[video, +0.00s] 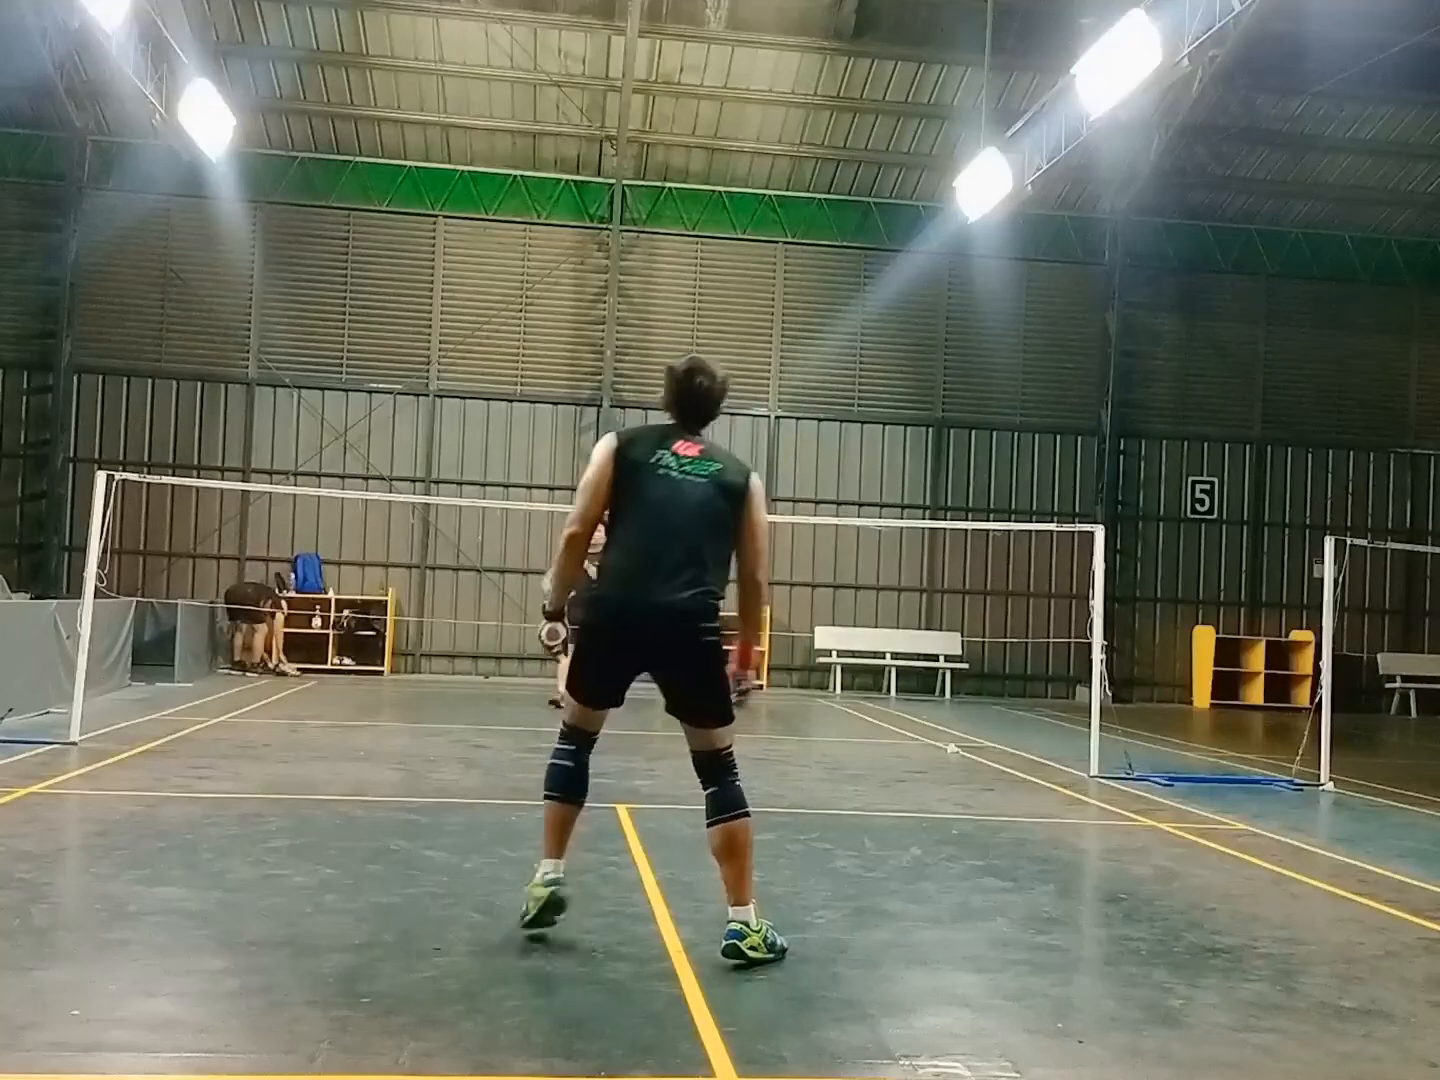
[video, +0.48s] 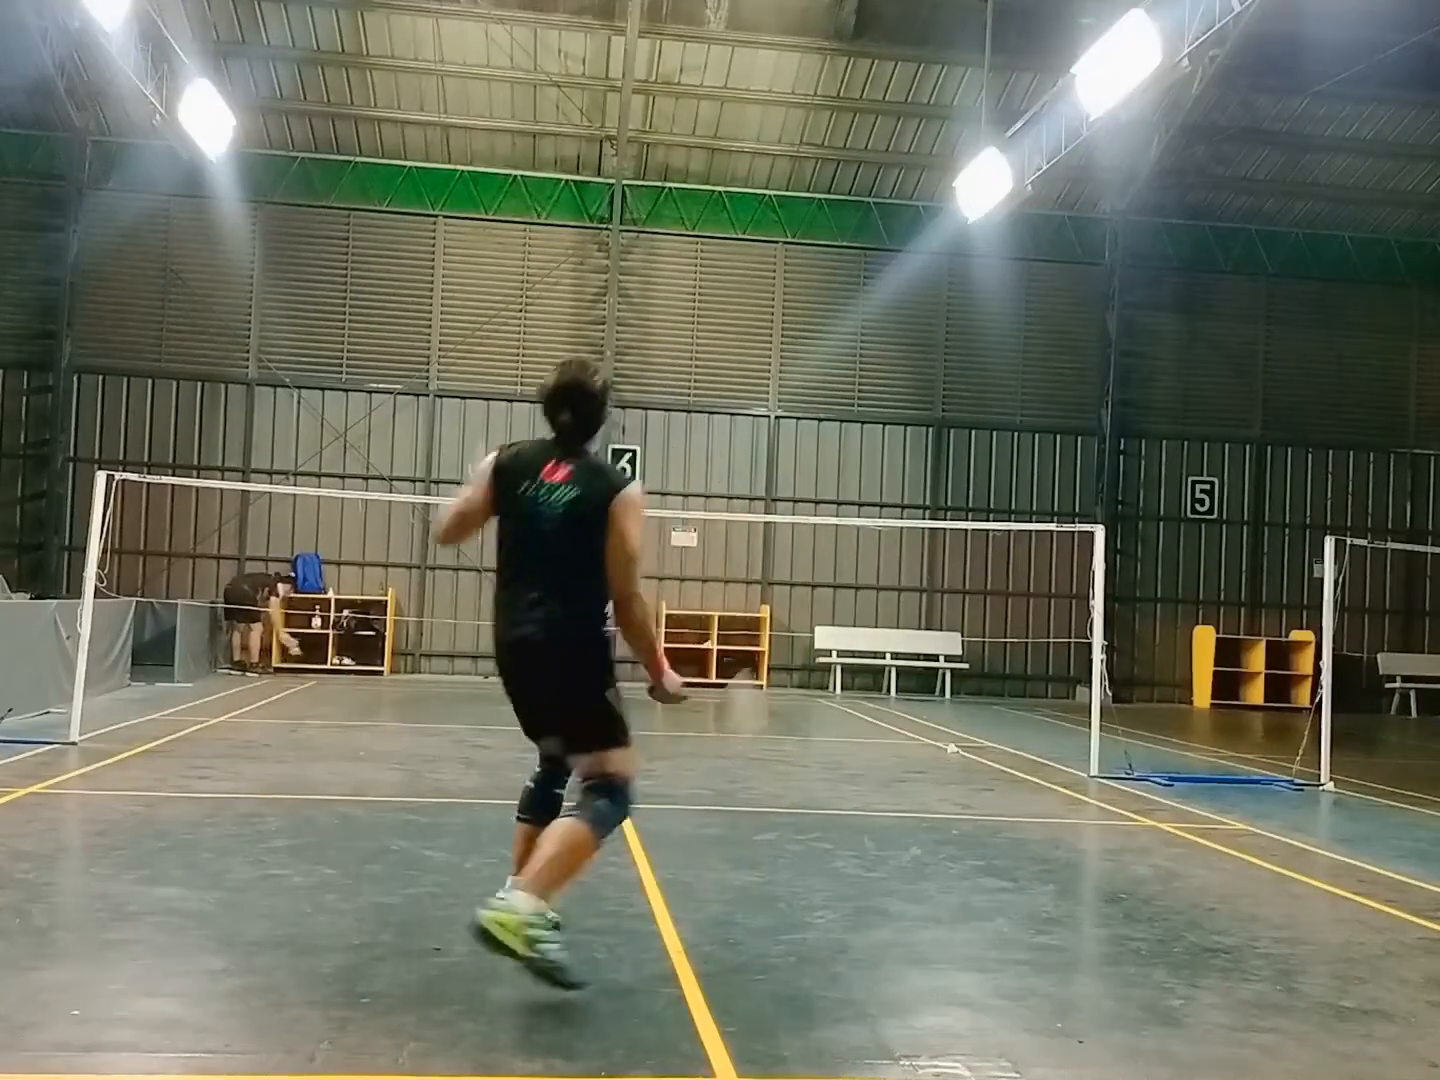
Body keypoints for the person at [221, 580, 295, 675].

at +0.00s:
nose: (285, 615)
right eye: (285, 612)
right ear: (284, 605)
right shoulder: (279, 607)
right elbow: (277, 633)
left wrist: (264, 656)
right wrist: (280, 654)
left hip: (231, 592)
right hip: (248, 596)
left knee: (239, 630)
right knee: (261, 630)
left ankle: (236, 661)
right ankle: (255, 663)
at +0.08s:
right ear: (283, 603)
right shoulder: (279, 604)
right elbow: (278, 630)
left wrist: (268, 655)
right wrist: (283, 651)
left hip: (231, 592)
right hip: (248, 595)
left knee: (239, 629)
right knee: (260, 630)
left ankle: (236, 661)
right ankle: (256, 663)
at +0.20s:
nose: (288, 605)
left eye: (289, 602)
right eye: (289, 601)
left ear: (281, 592)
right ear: (285, 595)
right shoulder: (279, 597)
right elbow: (282, 624)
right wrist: (288, 643)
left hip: (231, 592)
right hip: (248, 596)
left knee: (238, 629)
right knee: (259, 629)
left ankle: (236, 661)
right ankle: (255, 663)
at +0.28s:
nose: (286, 601)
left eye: (288, 599)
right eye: (289, 598)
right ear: (287, 591)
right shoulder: (279, 591)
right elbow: (282, 616)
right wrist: (291, 637)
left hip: (231, 590)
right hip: (246, 593)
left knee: (237, 629)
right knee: (258, 628)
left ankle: (236, 661)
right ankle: (255, 664)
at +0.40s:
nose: (287, 598)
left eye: (290, 596)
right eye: (289, 595)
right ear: (288, 587)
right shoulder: (277, 588)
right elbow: (280, 614)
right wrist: (289, 633)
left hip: (231, 590)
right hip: (245, 593)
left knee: (237, 629)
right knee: (258, 628)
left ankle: (236, 661)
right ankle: (254, 664)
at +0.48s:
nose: (289, 595)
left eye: (291, 592)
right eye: (291, 591)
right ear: (288, 585)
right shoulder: (275, 586)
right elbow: (275, 612)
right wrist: (281, 633)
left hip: (230, 590)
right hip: (245, 593)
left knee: (237, 628)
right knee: (256, 628)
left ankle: (236, 661)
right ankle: (254, 664)